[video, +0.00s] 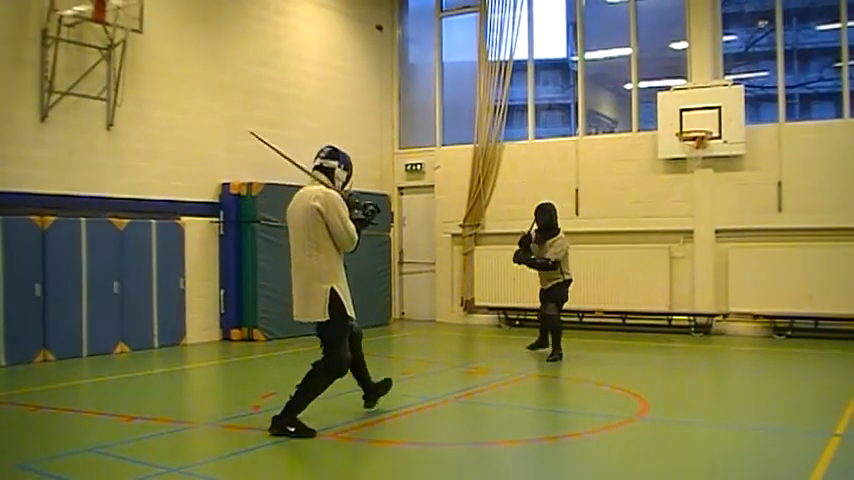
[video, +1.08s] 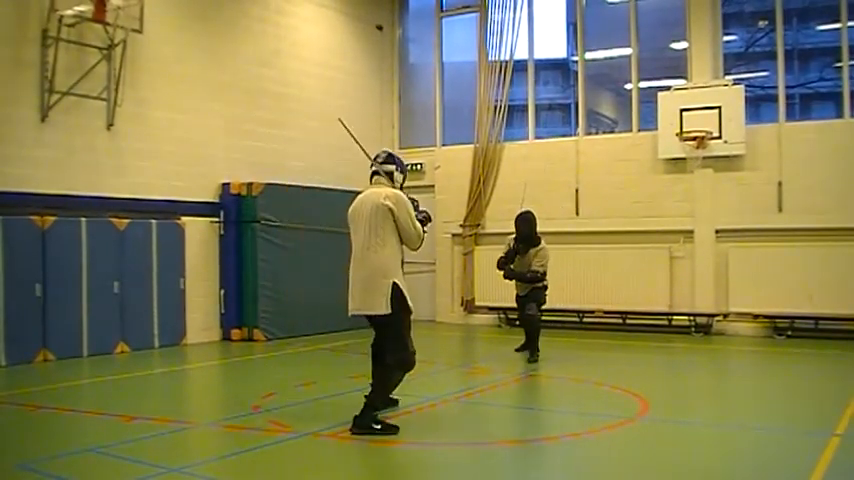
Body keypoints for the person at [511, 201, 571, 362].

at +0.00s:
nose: (538, 222)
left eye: (541, 219)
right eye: (537, 219)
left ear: (551, 219)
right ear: (536, 220)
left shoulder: (560, 241)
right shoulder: (536, 236)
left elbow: (549, 264)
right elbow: (521, 256)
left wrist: (526, 261)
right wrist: (524, 248)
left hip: (560, 281)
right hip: (545, 282)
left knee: (552, 311)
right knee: (543, 311)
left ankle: (557, 349)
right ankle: (543, 338)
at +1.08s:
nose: (521, 237)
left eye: (524, 234)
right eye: (519, 233)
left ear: (532, 231)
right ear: (516, 230)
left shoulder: (541, 250)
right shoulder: (514, 243)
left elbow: (538, 275)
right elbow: (503, 263)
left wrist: (514, 275)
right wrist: (513, 252)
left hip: (536, 288)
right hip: (521, 288)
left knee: (531, 312)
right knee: (523, 316)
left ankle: (534, 348)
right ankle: (528, 340)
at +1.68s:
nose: (511, 221)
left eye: (514, 217)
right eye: (509, 217)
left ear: (523, 217)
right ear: (508, 217)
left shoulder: (533, 239)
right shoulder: (506, 234)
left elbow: (528, 265)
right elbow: (492, 253)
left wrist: (502, 258)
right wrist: (506, 241)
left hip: (527, 283)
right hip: (510, 283)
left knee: (525, 314)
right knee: (502, 311)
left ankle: (533, 349)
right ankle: (507, 334)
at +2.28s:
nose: (511, 230)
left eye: (514, 226)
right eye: (508, 226)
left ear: (520, 221)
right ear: (503, 222)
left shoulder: (528, 237)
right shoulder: (496, 236)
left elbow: (535, 258)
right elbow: (490, 257)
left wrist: (522, 264)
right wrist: (504, 252)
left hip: (520, 287)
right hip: (497, 286)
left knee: (527, 319)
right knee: (483, 319)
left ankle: (518, 351)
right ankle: (482, 338)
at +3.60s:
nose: (517, 223)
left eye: (520, 219)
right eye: (513, 219)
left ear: (526, 221)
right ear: (507, 221)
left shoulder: (532, 240)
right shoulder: (500, 242)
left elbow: (538, 261)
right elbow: (498, 264)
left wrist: (530, 272)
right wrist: (515, 266)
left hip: (523, 289)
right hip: (502, 288)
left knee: (537, 316)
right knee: (506, 318)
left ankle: (543, 345)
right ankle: (493, 356)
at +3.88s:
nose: (538, 219)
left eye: (541, 215)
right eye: (534, 215)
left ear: (547, 218)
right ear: (528, 218)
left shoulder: (553, 238)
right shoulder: (521, 239)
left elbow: (558, 259)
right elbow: (518, 260)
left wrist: (549, 268)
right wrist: (531, 263)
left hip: (544, 288)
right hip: (524, 288)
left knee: (559, 319)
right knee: (519, 320)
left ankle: (553, 349)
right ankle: (500, 355)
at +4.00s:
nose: (545, 218)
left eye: (548, 214)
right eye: (541, 214)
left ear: (554, 216)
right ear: (536, 217)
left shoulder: (562, 236)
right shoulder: (530, 237)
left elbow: (568, 258)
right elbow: (526, 260)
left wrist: (557, 267)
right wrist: (544, 266)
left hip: (553, 286)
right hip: (534, 285)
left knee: (566, 321)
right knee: (533, 314)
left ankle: (553, 350)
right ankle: (516, 352)